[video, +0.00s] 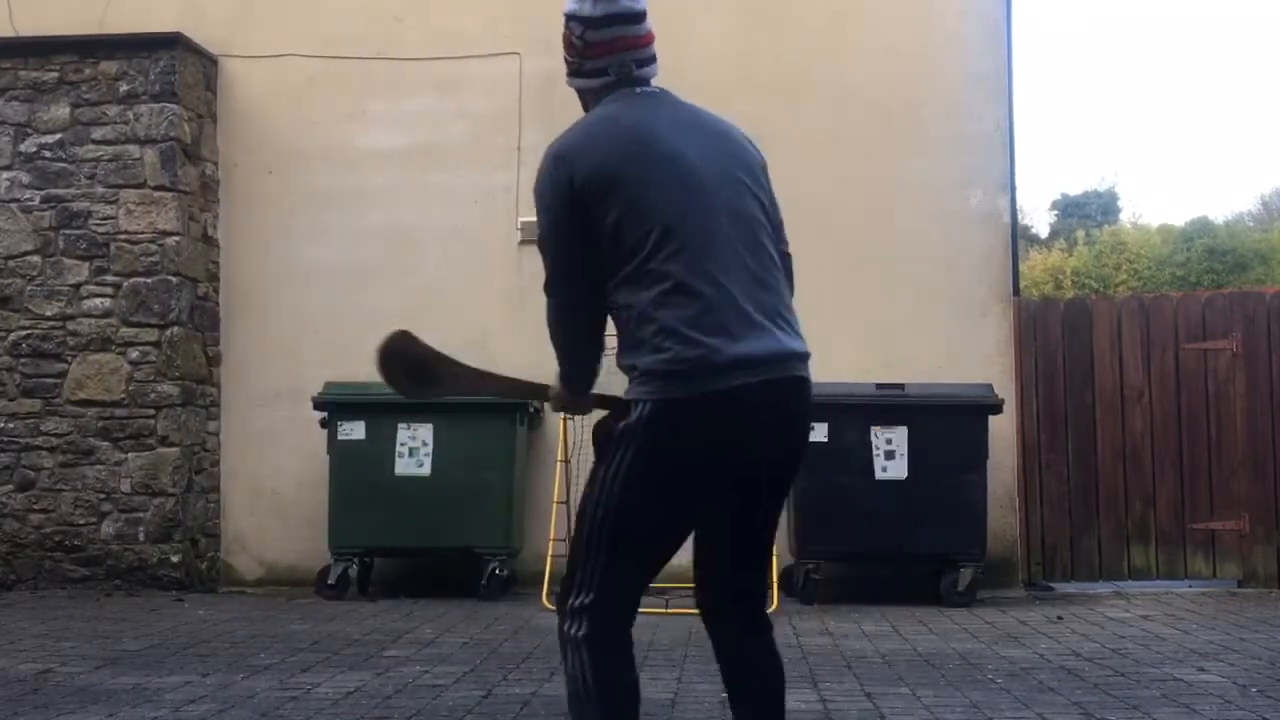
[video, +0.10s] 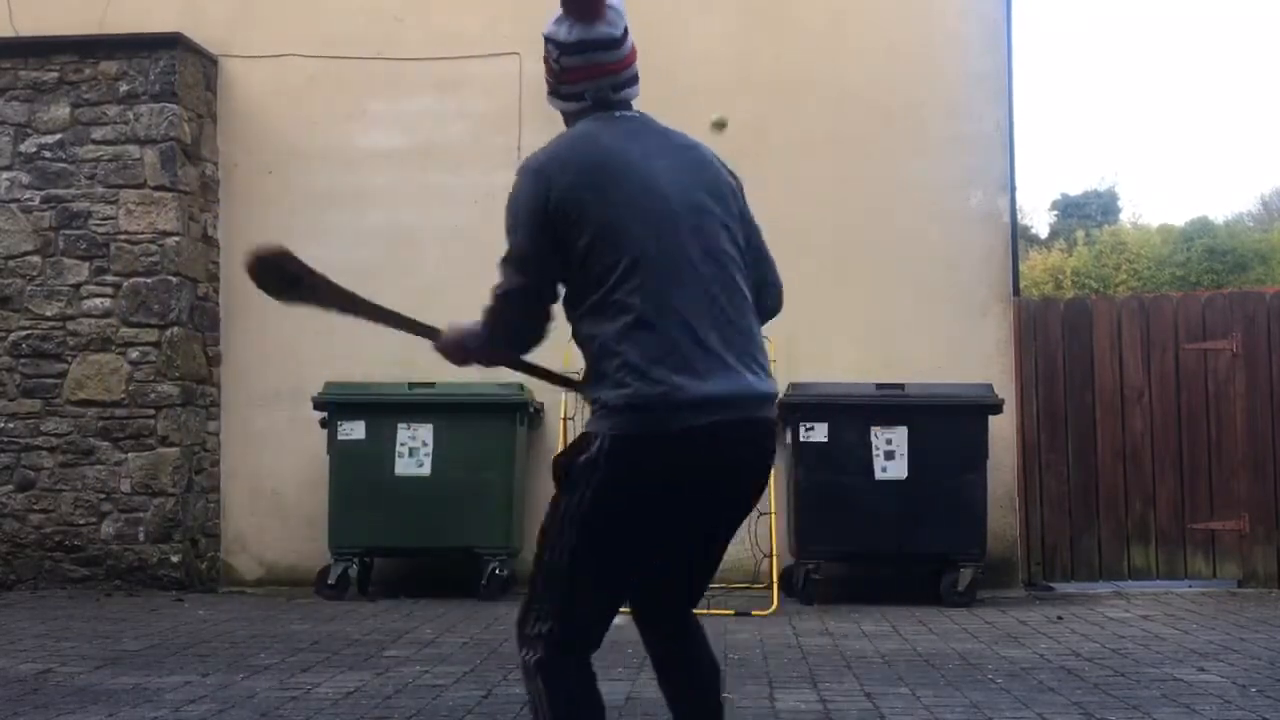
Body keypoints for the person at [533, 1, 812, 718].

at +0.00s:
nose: (572, 79)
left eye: (571, 68)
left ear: (577, 70)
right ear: (651, 60)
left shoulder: (574, 154)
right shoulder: (729, 134)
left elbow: (573, 299)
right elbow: (775, 265)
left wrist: (574, 386)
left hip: (679, 404)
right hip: (780, 394)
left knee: (592, 611)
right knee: (736, 601)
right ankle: (764, 713)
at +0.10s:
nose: (550, 81)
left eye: (551, 73)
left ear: (555, 84)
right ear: (633, 75)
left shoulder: (550, 172)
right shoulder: (701, 158)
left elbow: (518, 322)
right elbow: (764, 292)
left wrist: (473, 341)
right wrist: (661, 335)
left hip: (641, 427)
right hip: (749, 420)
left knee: (553, 636)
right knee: (666, 604)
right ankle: (705, 715)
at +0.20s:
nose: (559, 75)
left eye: (556, 66)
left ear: (558, 81)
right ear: (635, 69)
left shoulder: (543, 176)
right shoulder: (710, 158)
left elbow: (465, 297)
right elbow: (786, 253)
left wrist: (395, 308)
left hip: (612, 439)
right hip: (725, 433)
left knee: (543, 644)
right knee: (667, 615)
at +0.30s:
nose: (588, 5)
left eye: (579, 2)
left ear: (575, 11)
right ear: (648, 7)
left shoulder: (536, 93)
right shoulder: (709, 66)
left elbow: (436, 190)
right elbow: (816, 51)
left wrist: (325, 197)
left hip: (583, 381)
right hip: (698, 378)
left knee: (570, 596)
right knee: (702, 594)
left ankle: (561, 717)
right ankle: (705, 716)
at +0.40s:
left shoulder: (542, 67)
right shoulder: (714, 34)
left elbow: (438, 155)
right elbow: (812, 1)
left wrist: (320, 164)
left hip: (576, 360)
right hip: (689, 354)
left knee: (554, 570)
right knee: (703, 582)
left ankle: (539, 713)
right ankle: (700, 714)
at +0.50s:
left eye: (576, 7)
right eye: (680, 1)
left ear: (581, 8)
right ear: (664, 0)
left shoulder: (543, 91)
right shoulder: (708, 46)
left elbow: (432, 169)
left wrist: (328, 149)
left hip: (570, 381)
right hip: (679, 376)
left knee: (527, 593)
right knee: (713, 612)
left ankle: (481, 713)